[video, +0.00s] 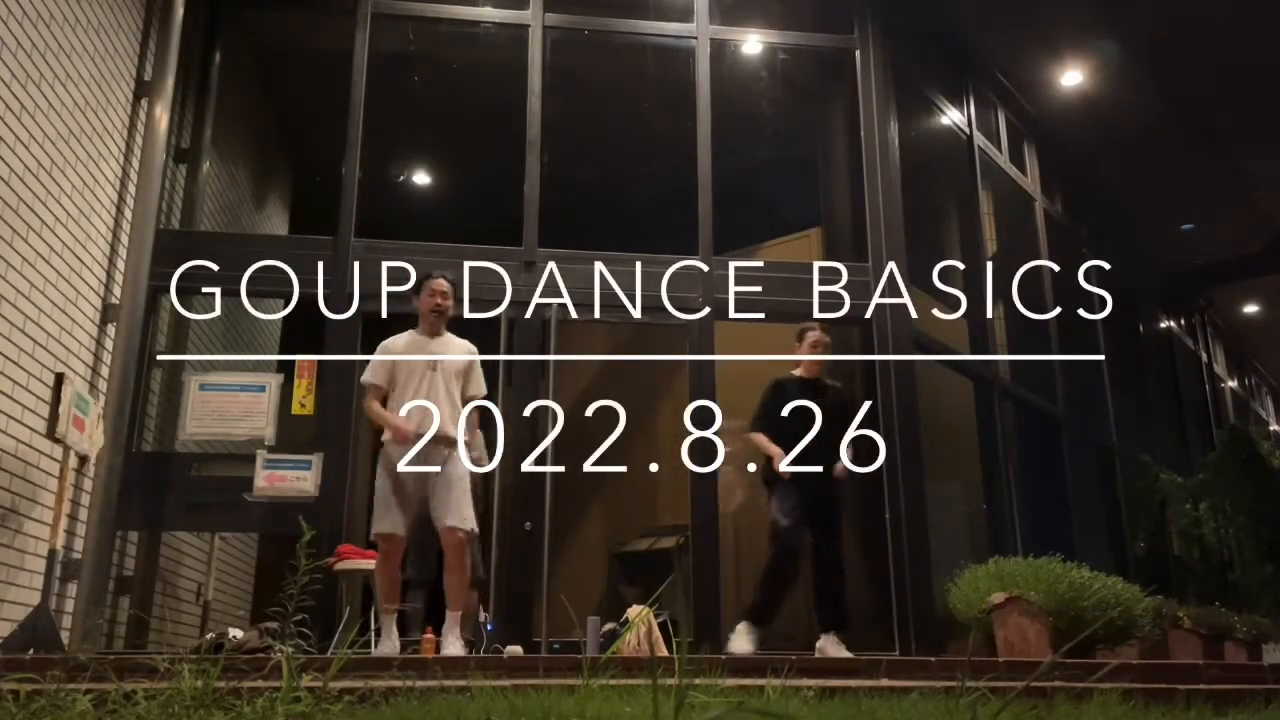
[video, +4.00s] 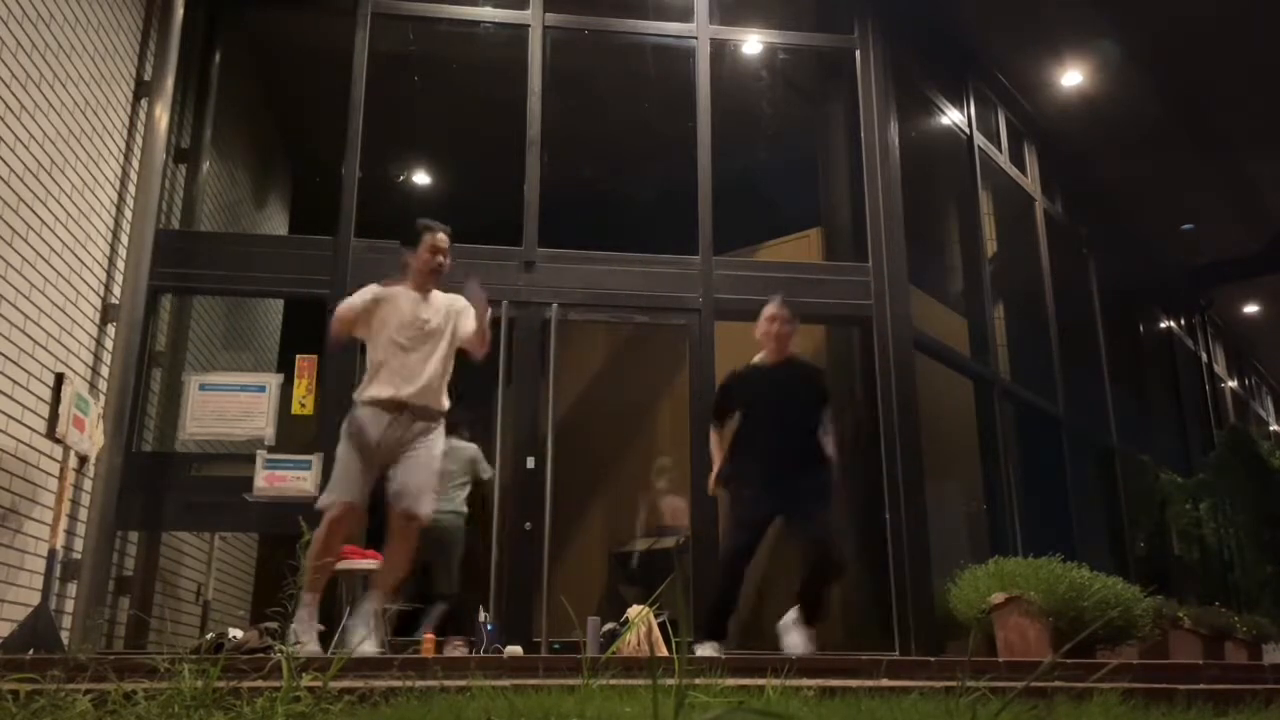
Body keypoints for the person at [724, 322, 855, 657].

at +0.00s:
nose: (819, 351)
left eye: (824, 347)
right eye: (813, 345)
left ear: (829, 353)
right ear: (799, 350)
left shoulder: (837, 394)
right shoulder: (781, 388)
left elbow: (850, 433)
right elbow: (756, 431)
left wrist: (846, 459)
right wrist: (776, 451)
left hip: (825, 482)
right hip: (788, 482)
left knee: (829, 555)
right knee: (787, 552)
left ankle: (829, 635)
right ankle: (749, 627)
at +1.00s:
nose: (855, 331)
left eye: (859, 324)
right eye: (847, 326)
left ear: (869, 331)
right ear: (836, 335)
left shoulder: (879, 368)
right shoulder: (827, 372)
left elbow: (890, 387)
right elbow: (808, 419)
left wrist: (873, 346)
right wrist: (808, 463)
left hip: (882, 471)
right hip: (840, 475)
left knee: (900, 549)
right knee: (846, 555)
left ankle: (908, 634)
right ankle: (855, 638)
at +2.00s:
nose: (875, 315)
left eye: (881, 309)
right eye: (866, 309)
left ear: (891, 317)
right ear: (852, 318)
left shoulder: (905, 361)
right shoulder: (836, 363)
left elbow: (947, 405)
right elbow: (815, 411)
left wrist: (926, 368)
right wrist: (813, 426)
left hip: (905, 471)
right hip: (856, 474)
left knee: (912, 548)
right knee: (867, 554)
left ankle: (917, 632)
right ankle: (877, 637)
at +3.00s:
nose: (779, 342)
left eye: (785, 335)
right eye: (772, 335)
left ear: (792, 342)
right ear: (757, 341)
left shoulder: (811, 387)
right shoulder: (745, 396)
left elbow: (833, 427)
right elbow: (732, 446)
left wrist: (835, 459)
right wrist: (736, 479)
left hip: (807, 483)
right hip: (761, 486)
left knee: (820, 547)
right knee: (752, 560)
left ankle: (793, 618)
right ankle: (736, 638)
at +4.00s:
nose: (777, 328)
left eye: (784, 321)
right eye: (770, 320)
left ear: (795, 329)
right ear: (757, 328)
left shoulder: (812, 376)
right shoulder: (743, 378)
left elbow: (827, 425)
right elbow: (715, 422)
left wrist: (836, 462)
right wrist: (719, 463)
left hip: (804, 479)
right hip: (753, 480)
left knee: (825, 554)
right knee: (734, 558)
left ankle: (799, 620)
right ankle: (711, 638)